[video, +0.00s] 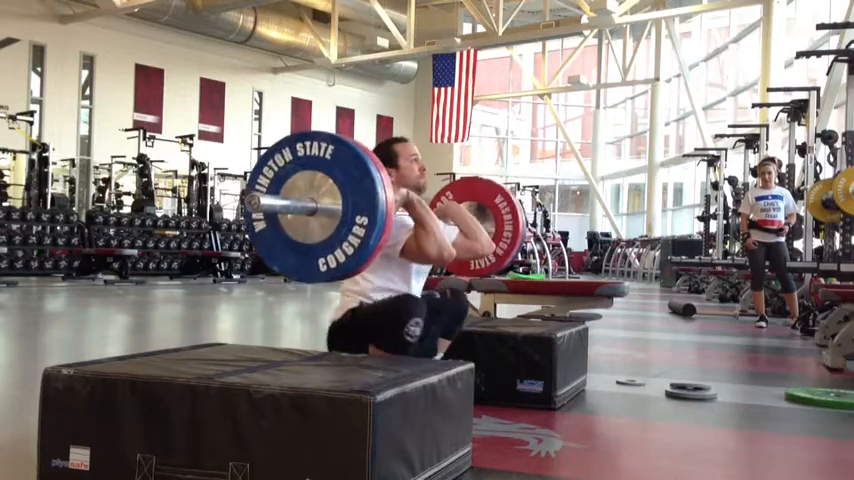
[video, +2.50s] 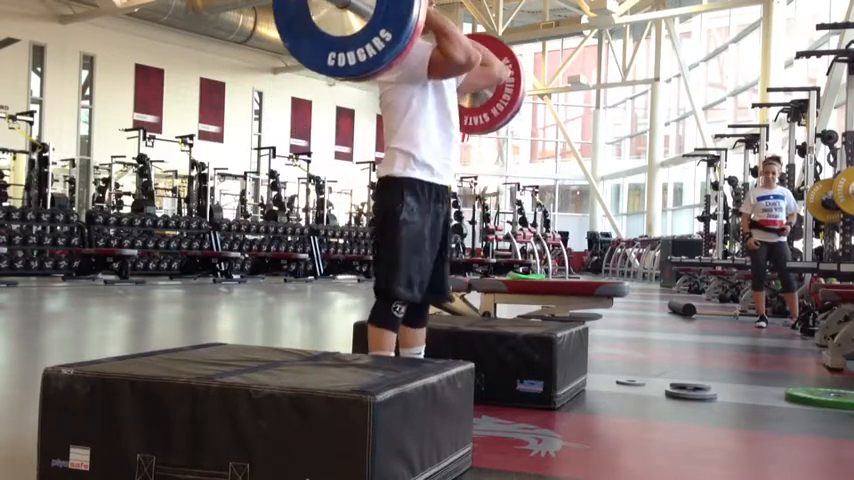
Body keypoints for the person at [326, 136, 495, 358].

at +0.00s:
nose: (423, 167)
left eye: (420, 160)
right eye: (413, 160)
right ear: (390, 173)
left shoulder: (419, 221)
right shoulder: (384, 217)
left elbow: (483, 247)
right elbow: (442, 255)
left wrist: (451, 208)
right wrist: (413, 200)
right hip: (349, 324)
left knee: (454, 301)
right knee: (410, 307)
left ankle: (435, 378)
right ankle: (375, 385)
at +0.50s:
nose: (436, 123)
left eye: (433, 118)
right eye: (426, 118)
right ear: (403, 131)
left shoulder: (426, 179)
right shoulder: (390, 169)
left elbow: (491, 207)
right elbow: (445, 213)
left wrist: (462, 170)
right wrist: (423, 160)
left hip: (399, 283)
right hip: (353, 283)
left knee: (462, 306)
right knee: (423, 313)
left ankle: (420, 388)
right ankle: (377, 390)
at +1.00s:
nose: (427, 97)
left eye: (426, 91)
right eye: (418, 91)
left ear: (428, 98)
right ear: (398, 99)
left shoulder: (428, 152)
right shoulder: (391, 139)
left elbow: (494, 173)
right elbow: (455, 175)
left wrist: (453, 136)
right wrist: (424, 122)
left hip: (403, 266)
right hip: (364, 262)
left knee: (465, 306)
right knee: (425, 315)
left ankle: (418, 386)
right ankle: (378, 392)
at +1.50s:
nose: (424, 84)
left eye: (425, 77)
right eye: (415, 75)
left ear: (428, 86)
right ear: (398, 85)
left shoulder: (428, 136)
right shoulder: (392, 122)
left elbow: (491, 156)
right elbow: (452, 155)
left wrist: (444, 117)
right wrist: (427, 101)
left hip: (398, 250)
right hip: (364, 246)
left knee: (457, 300)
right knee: (418, 310)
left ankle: (413, 389)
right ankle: (375, 398)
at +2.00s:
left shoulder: (438, 92)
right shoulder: (398, 76)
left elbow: (498, 103)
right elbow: (460, 92)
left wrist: (454, 69)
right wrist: (430, 48)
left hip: (438, 214)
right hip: (403, 207)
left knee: (457, 297)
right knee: (415, 303)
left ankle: (418, 383)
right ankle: (378, 393)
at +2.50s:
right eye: (417, 12)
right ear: (405, 18)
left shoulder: (438, 64)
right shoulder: (396, 53)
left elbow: (496, 70)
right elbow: (460, 56)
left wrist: (453, 33)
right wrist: (428, 14)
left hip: (436, 189)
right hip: (405, 186)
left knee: (420, 299)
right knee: (394, 297)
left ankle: (412, 384)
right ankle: (381, 388)